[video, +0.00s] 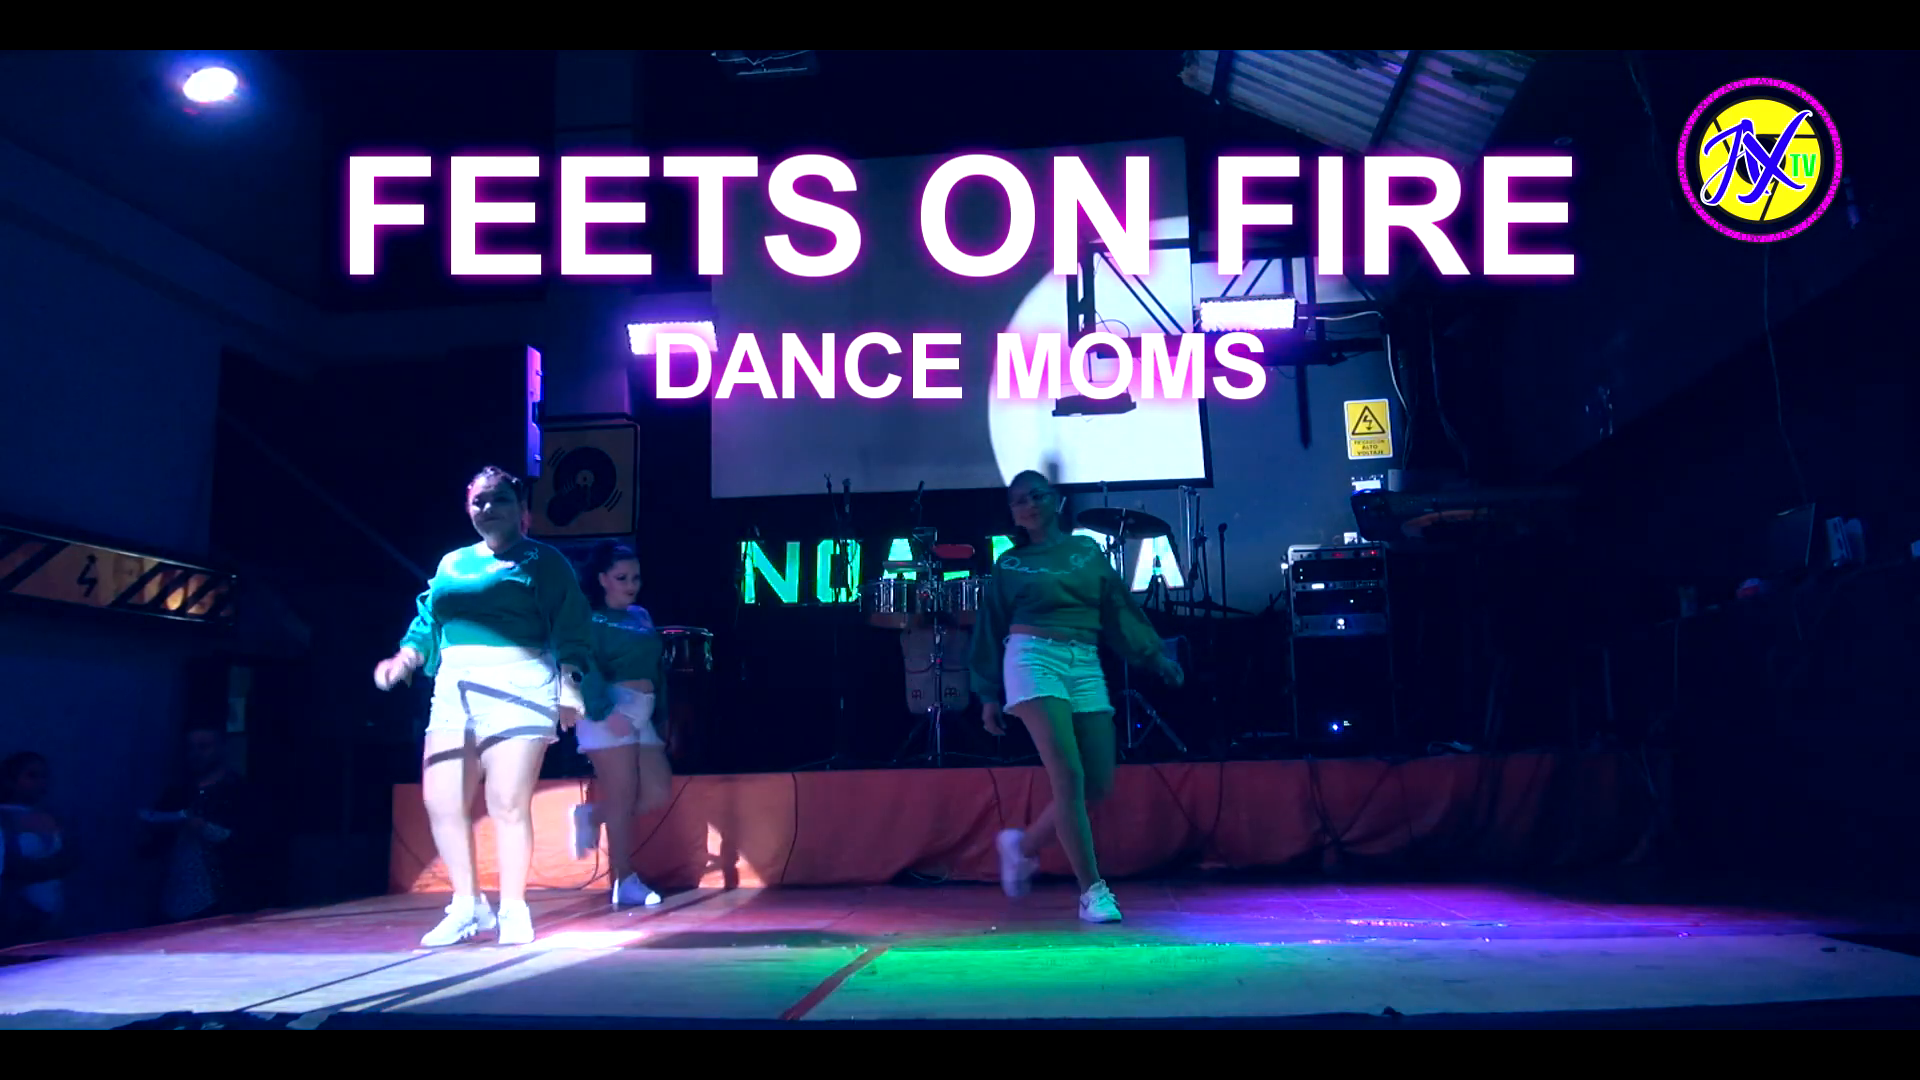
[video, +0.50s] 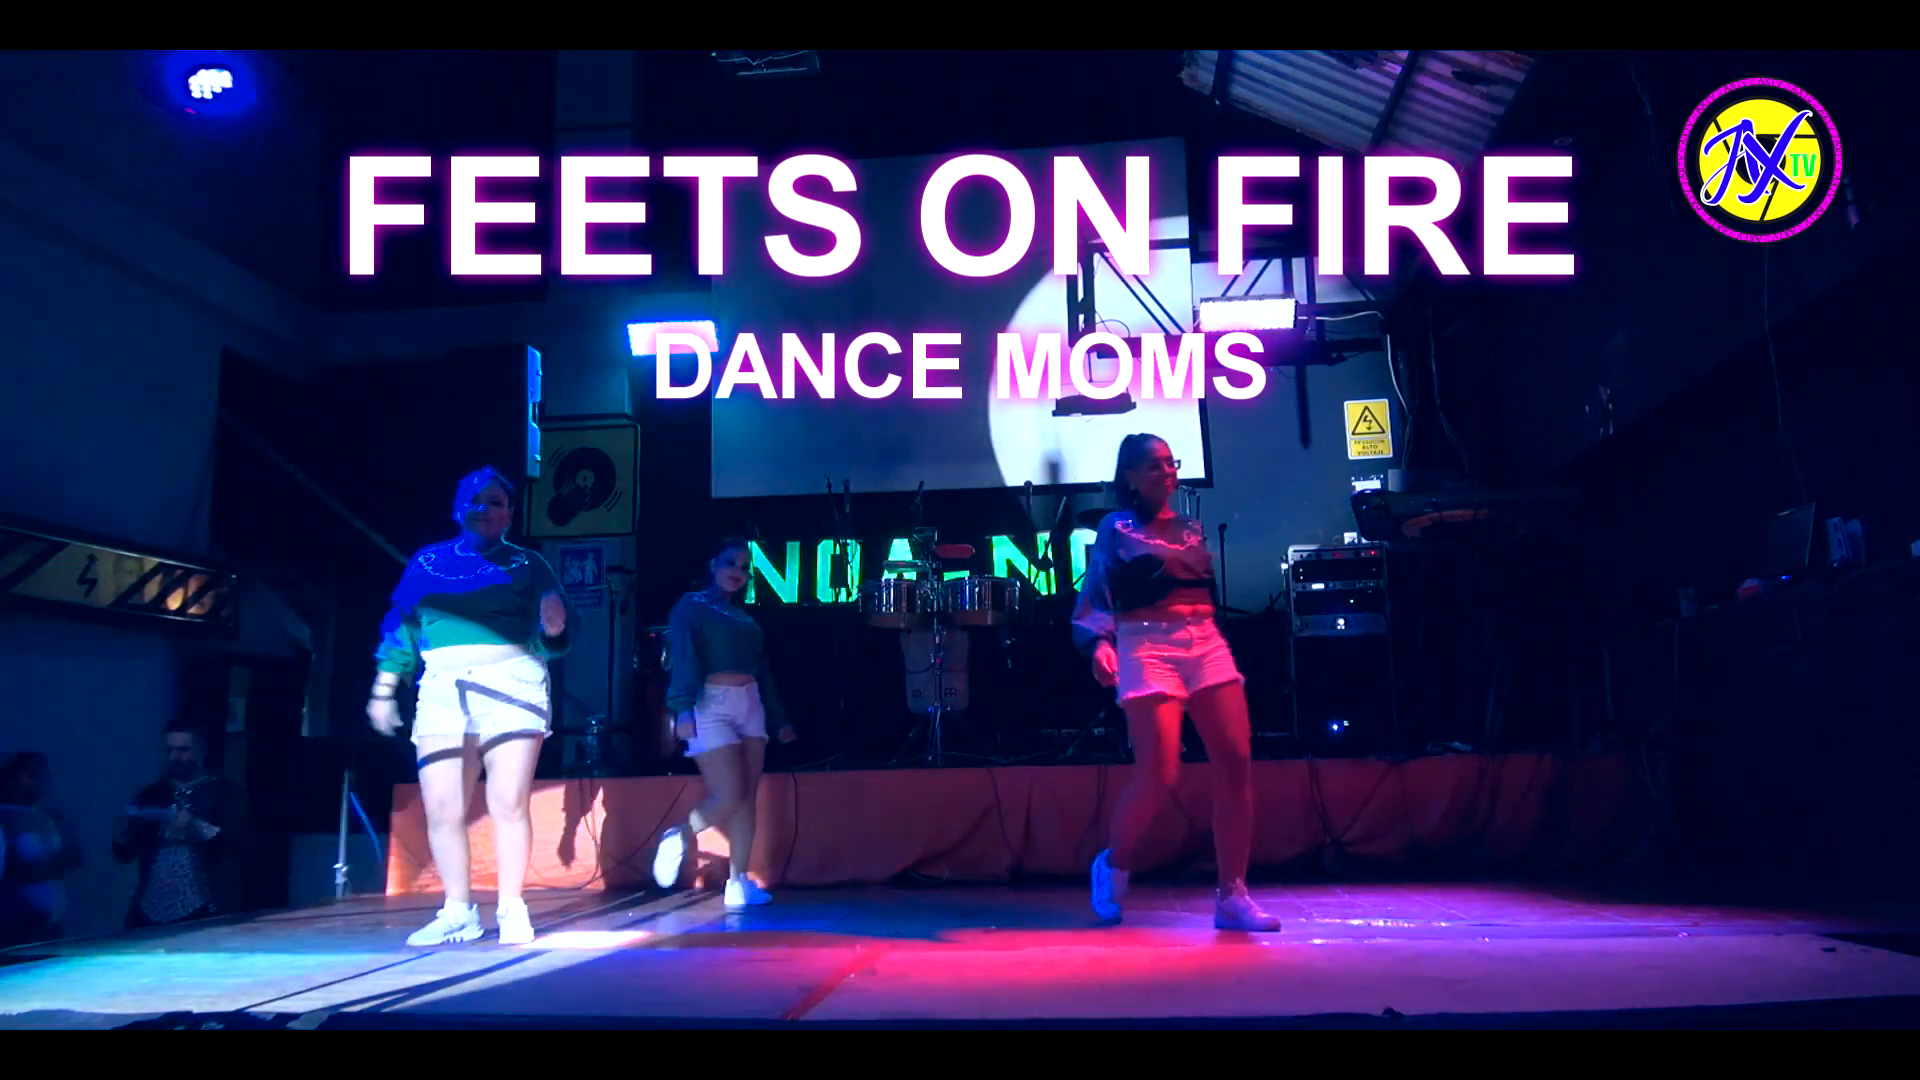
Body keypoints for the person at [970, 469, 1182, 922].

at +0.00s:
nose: (1027, 506)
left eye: (1034, 498)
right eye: (1019, 502)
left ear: (1054, 501)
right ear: (1012, 514)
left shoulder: (1087, 551)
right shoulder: (1010, 565)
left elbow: (1121, 611)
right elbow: (987, 632)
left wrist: (1157, 656)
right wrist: (988, 694)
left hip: (1085, 660)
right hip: (1032, 657)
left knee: (1098, 780)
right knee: (1066, 773)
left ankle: (1022, 844)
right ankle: (1093, 889)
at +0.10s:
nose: (1061, 497)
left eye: (1065, 489)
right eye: (1051, 493)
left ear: (1078, 493)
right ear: (1035, 504)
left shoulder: (1110, 544)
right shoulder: (1032, 556)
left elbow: (1137, 613)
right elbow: (1008, 625)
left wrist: (1153, 672)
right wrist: (1016, 682)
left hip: (1106, 655)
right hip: (1052, 651)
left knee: (1138, 764)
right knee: (1076, 774)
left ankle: (1081, 846)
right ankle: (1092, 890)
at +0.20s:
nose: (1101, 484)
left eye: (1101, 476)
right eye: (1088, 479)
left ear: (1107, 481)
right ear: (1064, 492)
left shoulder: (1127, 536)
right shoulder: (1051, 543)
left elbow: (1149, 606)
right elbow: (1026, 614)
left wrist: (1157, 661)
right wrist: (1041, 657)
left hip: (1125, 647)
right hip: (1072, 649)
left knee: (1168, 753)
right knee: (1084, 768)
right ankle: (1094, 887)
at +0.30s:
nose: (1128, 480)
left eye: (1129, 472)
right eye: (1116, 475)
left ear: (1132, 478)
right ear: (1088, 487)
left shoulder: (1149, 534)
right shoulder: (1072, 535)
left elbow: (1160, 600)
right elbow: (1040, 607)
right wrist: (1063, 633)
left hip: (1150, 648)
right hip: (1091, 648)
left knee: (1187, 766)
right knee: (1092, 775)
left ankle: (1221, 885)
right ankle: (1096, 888)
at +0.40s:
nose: (1151, 477)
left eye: (1152, 469)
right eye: (1139, 471)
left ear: (1155, 475)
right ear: (1112, 482)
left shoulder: (1171, 535)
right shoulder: (1095, 535)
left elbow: (1180, 595)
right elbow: (1063, 601)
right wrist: (1078, 631)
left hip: (1175, 650)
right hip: (1116, 652)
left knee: (1215, 764)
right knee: (1114, 772)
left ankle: (1231, 894)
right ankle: (1098, 885)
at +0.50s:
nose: (1169, 471)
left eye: (1171, 463)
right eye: (1156, 465)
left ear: (1177, 471)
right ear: (1129, 476)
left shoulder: (1191, 529)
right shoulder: (1115, 529)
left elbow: (1202, 590)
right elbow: (1094, 601)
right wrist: (1098, 641)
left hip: (1204, 639)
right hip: (1145, 645)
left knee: (1236, 759)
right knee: (1160, 773)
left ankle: (1233, 894)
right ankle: (1111, 868)